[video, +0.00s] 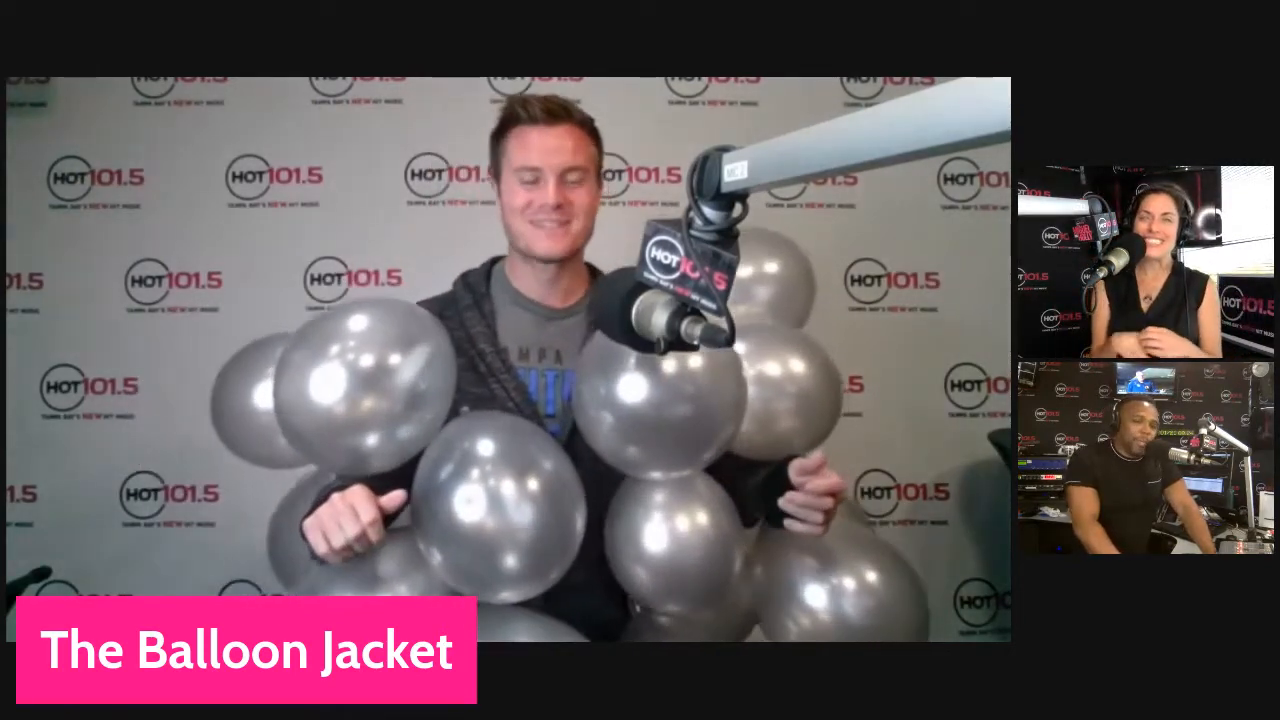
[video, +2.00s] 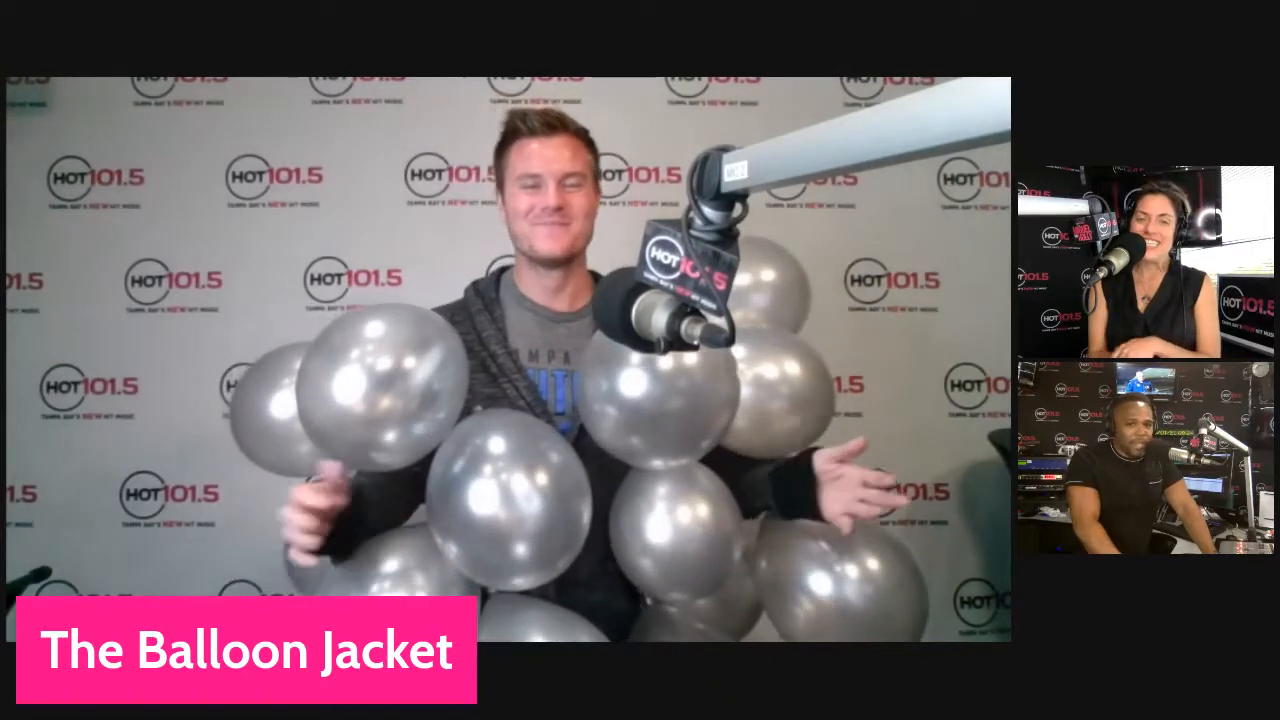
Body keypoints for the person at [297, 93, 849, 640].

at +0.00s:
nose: (552, 199)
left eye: (573, 178)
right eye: (528, 178)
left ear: (599, 191)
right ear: (497, 190)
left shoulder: (654, 320)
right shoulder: (432, 331)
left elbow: (711, 460)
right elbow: (369, 449)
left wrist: (783, 490)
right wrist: (337, 502)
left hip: (637, 622)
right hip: (488, 617)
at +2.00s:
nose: (550, 201)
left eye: (570, 182)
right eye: (529, 184)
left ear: (599, 197)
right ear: (501, 203)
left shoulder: (656, 322)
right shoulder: (442, 338)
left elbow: (707, 465)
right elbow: (408, 475)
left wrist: (795, 483)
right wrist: (344, 510)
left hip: (649, 618)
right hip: (504, 615)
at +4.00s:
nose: (530, 202)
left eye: (551, 184)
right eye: (511, 186)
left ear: (588, 199)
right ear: (490, 203)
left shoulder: (647, 322)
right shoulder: (442, 332)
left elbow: (711, 468)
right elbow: (394, 467)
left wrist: (821, 466)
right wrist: (269, 489)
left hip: (638, 617)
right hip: (496, 614)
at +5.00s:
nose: (512, 206)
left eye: (528, 186)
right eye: (489, 187)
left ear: (550, 201)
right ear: (456, 203)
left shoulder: (597, 326)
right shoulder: (408, 335)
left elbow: (652, 448)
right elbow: (370, 472)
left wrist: (732, 461)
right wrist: (244, 497)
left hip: (575, 603)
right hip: (443, 602)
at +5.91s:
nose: (527, 260)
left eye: (551, 243)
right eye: (513, 232)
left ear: (581, 236)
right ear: (488, 210)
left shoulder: (598, 337)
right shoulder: (430, 333)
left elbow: (649, 456)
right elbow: (364, 448)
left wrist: (752, 470)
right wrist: (332, 517)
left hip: (591, 606)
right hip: (459, 606)